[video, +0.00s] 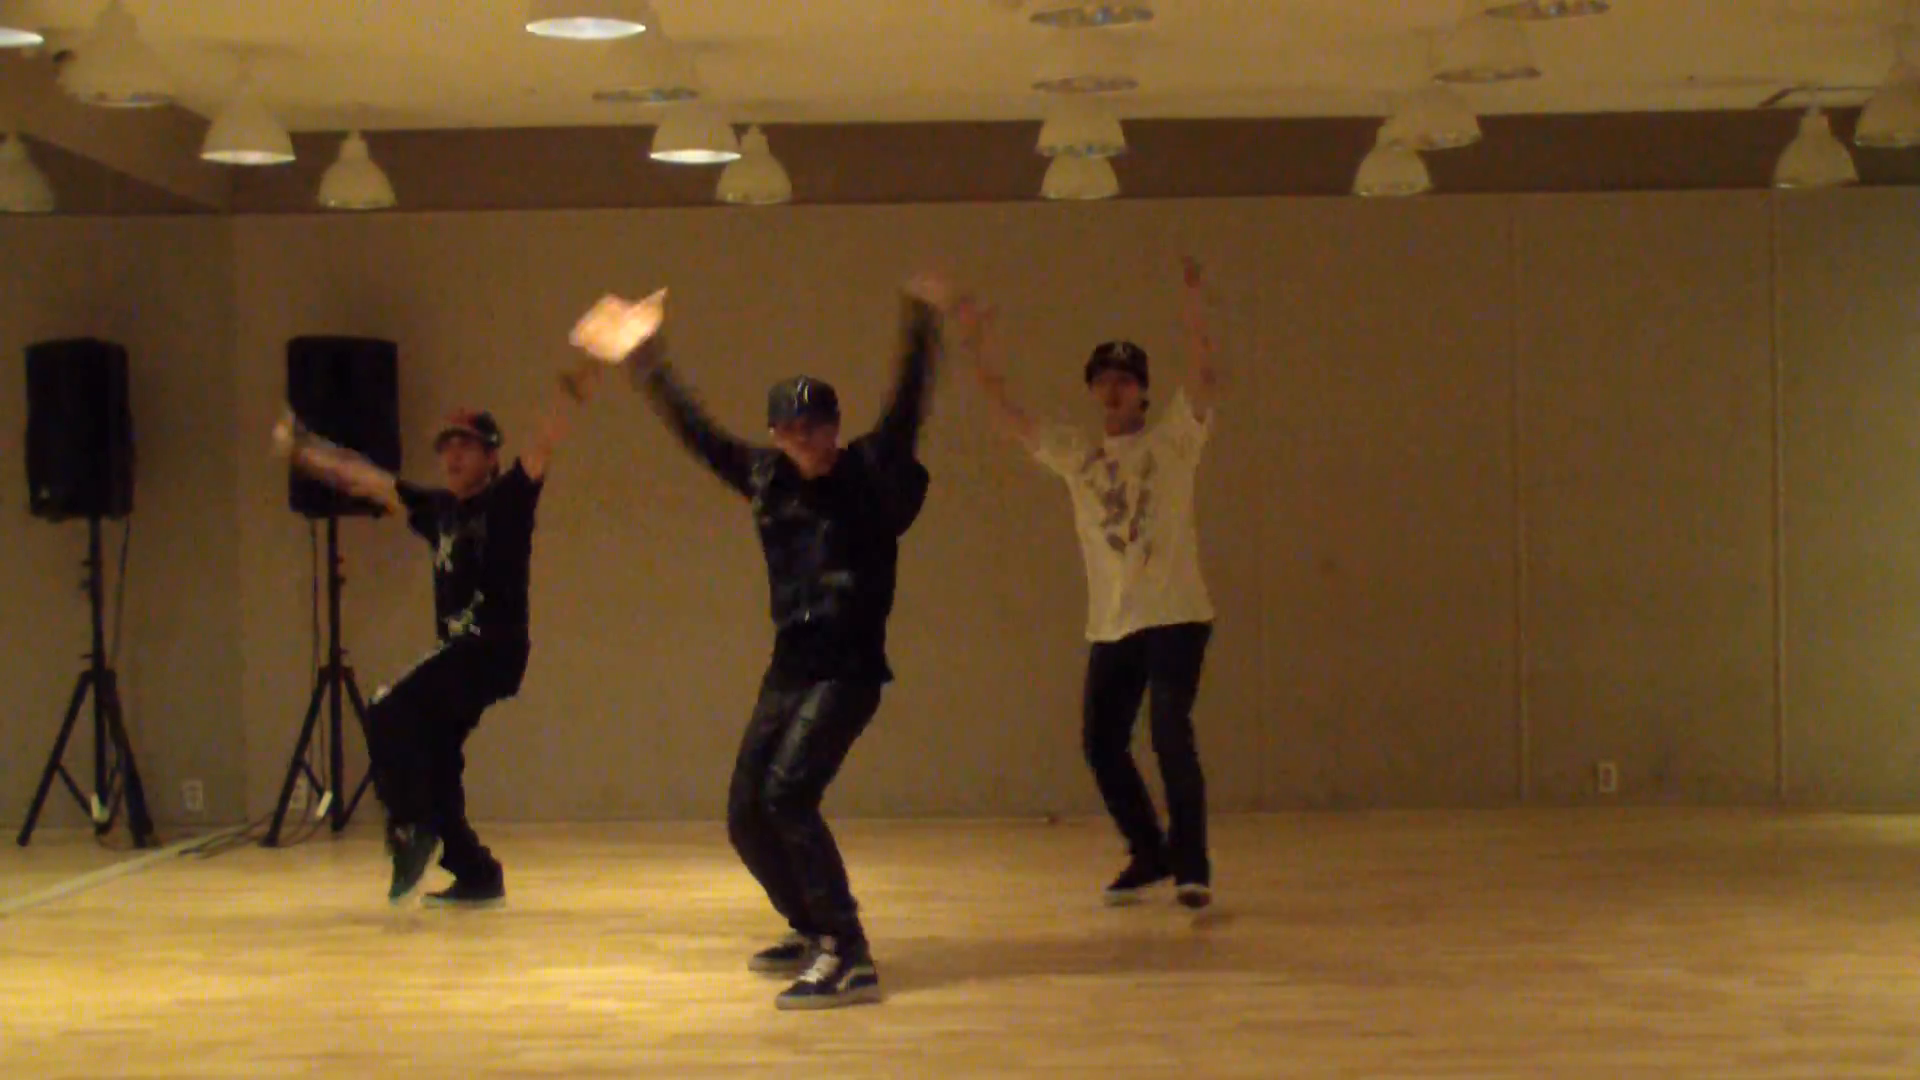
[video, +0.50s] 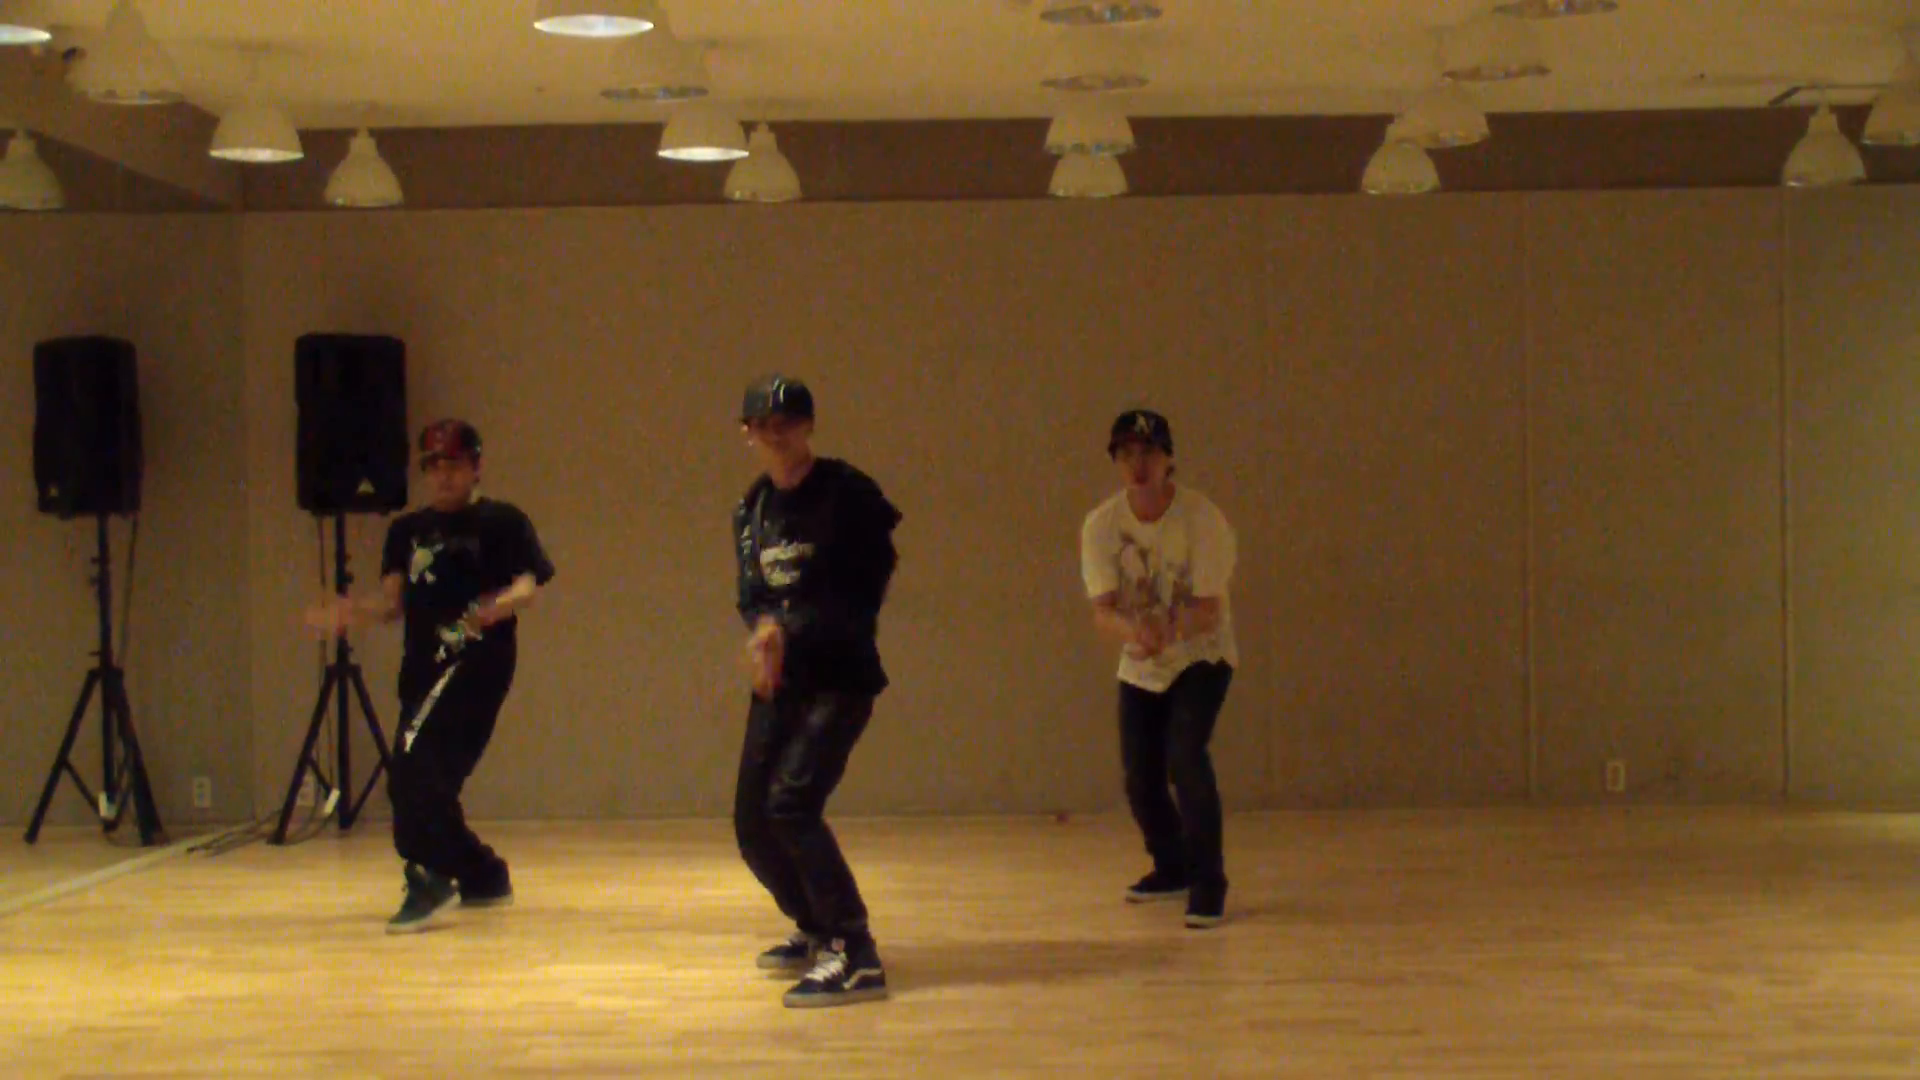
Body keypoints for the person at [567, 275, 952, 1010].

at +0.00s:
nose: (809, 447)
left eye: (816, 434)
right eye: (796, 438)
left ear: (837, 428)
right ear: (779, 439)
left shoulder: (875, 471)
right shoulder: (766, 479)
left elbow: (909, 405)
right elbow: (699, 432)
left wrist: (920, 320)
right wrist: (645, 357)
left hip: (849, 673)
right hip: (790, 671)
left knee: (786, 797)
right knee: (746, 814)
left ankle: (846, 953)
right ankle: (815, 933)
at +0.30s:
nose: (804, 423)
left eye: (813, 410)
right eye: (790, 413)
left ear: (830, 413)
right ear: (768, 420)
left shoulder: (870, 472)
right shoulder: (751, 487)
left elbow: (967, 474)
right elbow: (672, 507)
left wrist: (995, 400)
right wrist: (625, 442)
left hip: (839, 671)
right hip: (775, 670)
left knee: (788, 804)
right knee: (752, 815)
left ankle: (853, 955)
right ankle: (814, 933)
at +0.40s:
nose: (786, 428)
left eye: (796, 415)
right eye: (774, 418)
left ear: (817, 417)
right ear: (758, 426)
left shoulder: (862, 483)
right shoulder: (754, 497)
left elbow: (919, 569)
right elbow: (718, 593)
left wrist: (986, 565)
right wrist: (627, 592)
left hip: (840, 672)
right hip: (777, 673)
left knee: (789, 806)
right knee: (753, 816)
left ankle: (853, 952)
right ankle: (815, 934)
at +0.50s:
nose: (783, 433)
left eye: (791, 421)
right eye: (771, 425)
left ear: (809, 424)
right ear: (750, 433)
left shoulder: (853, 496)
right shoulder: (752, 510)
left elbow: (859, 597)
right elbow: (750, 593)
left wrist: (788, 627)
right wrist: (763, 630)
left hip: (841, 681)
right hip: (781, 681)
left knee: (790, 808)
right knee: (752, 820)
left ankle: (855, 952)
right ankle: (816, 931)